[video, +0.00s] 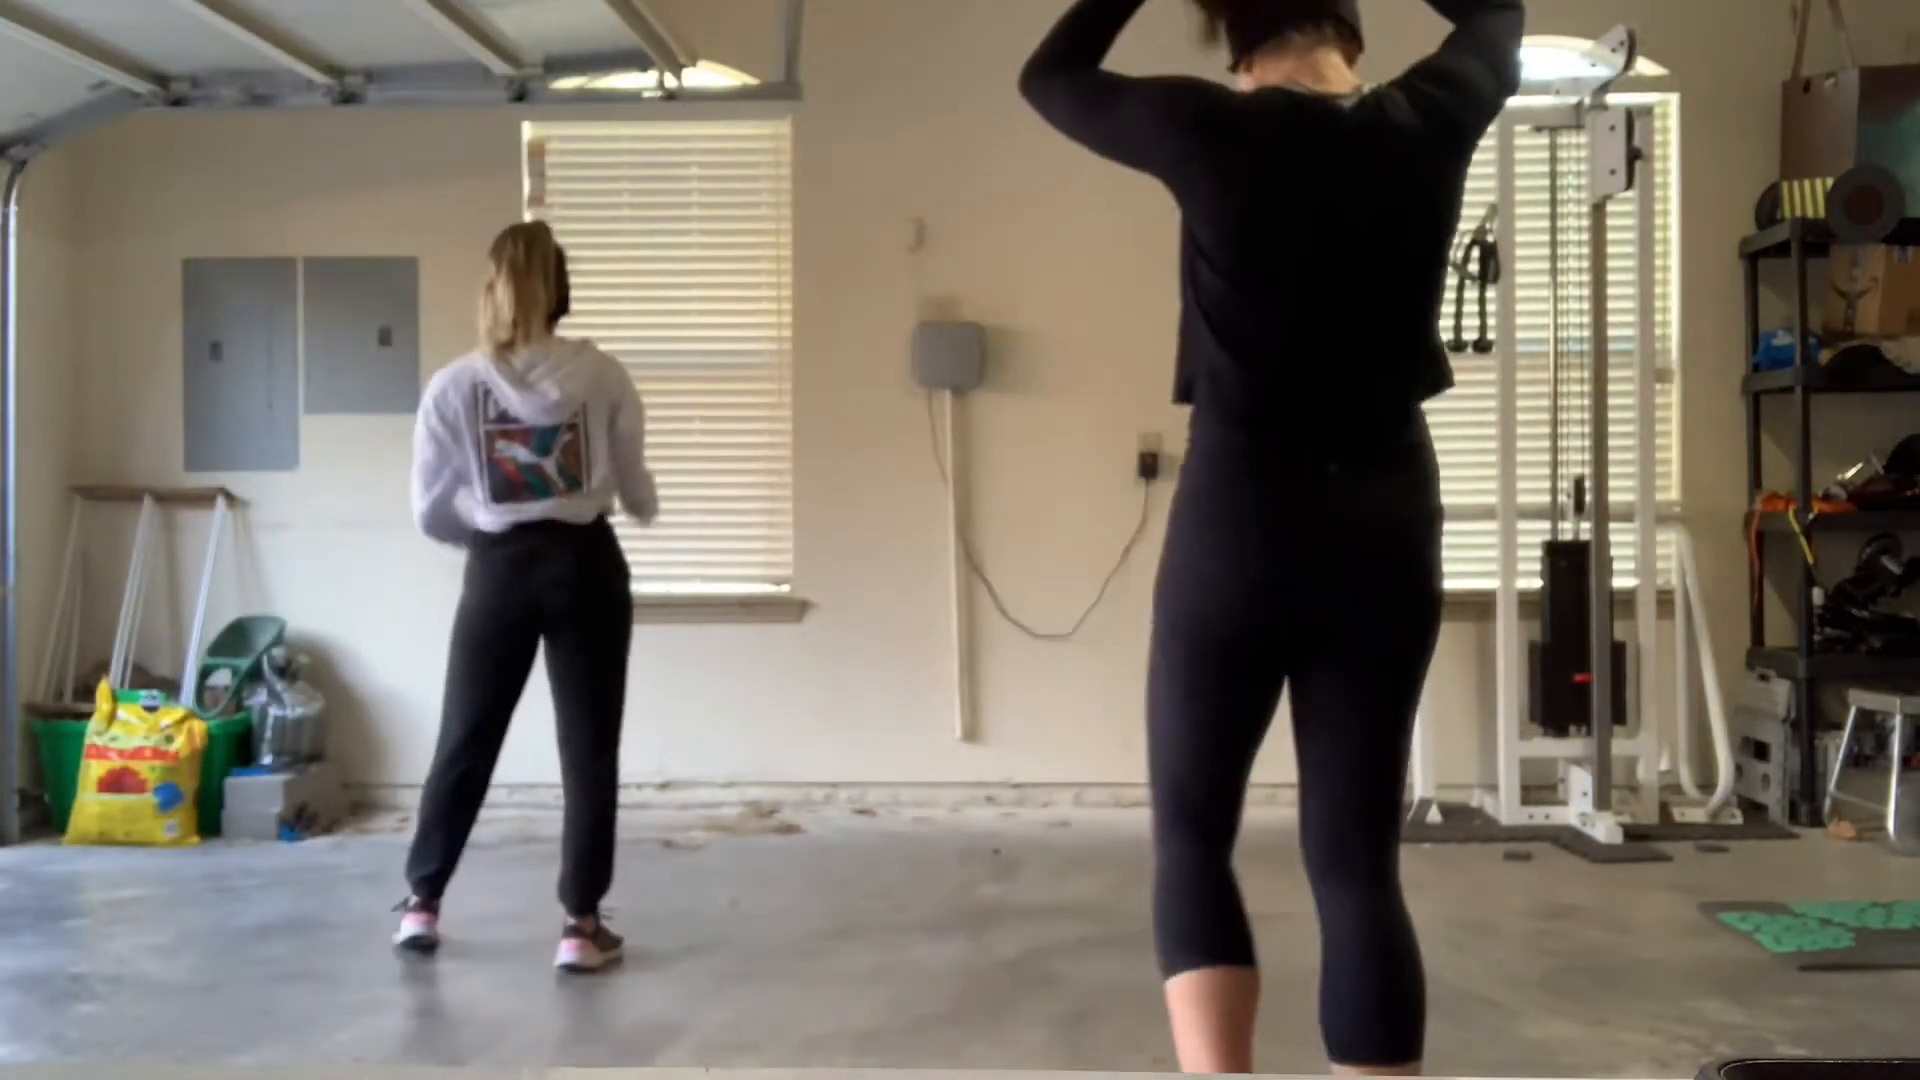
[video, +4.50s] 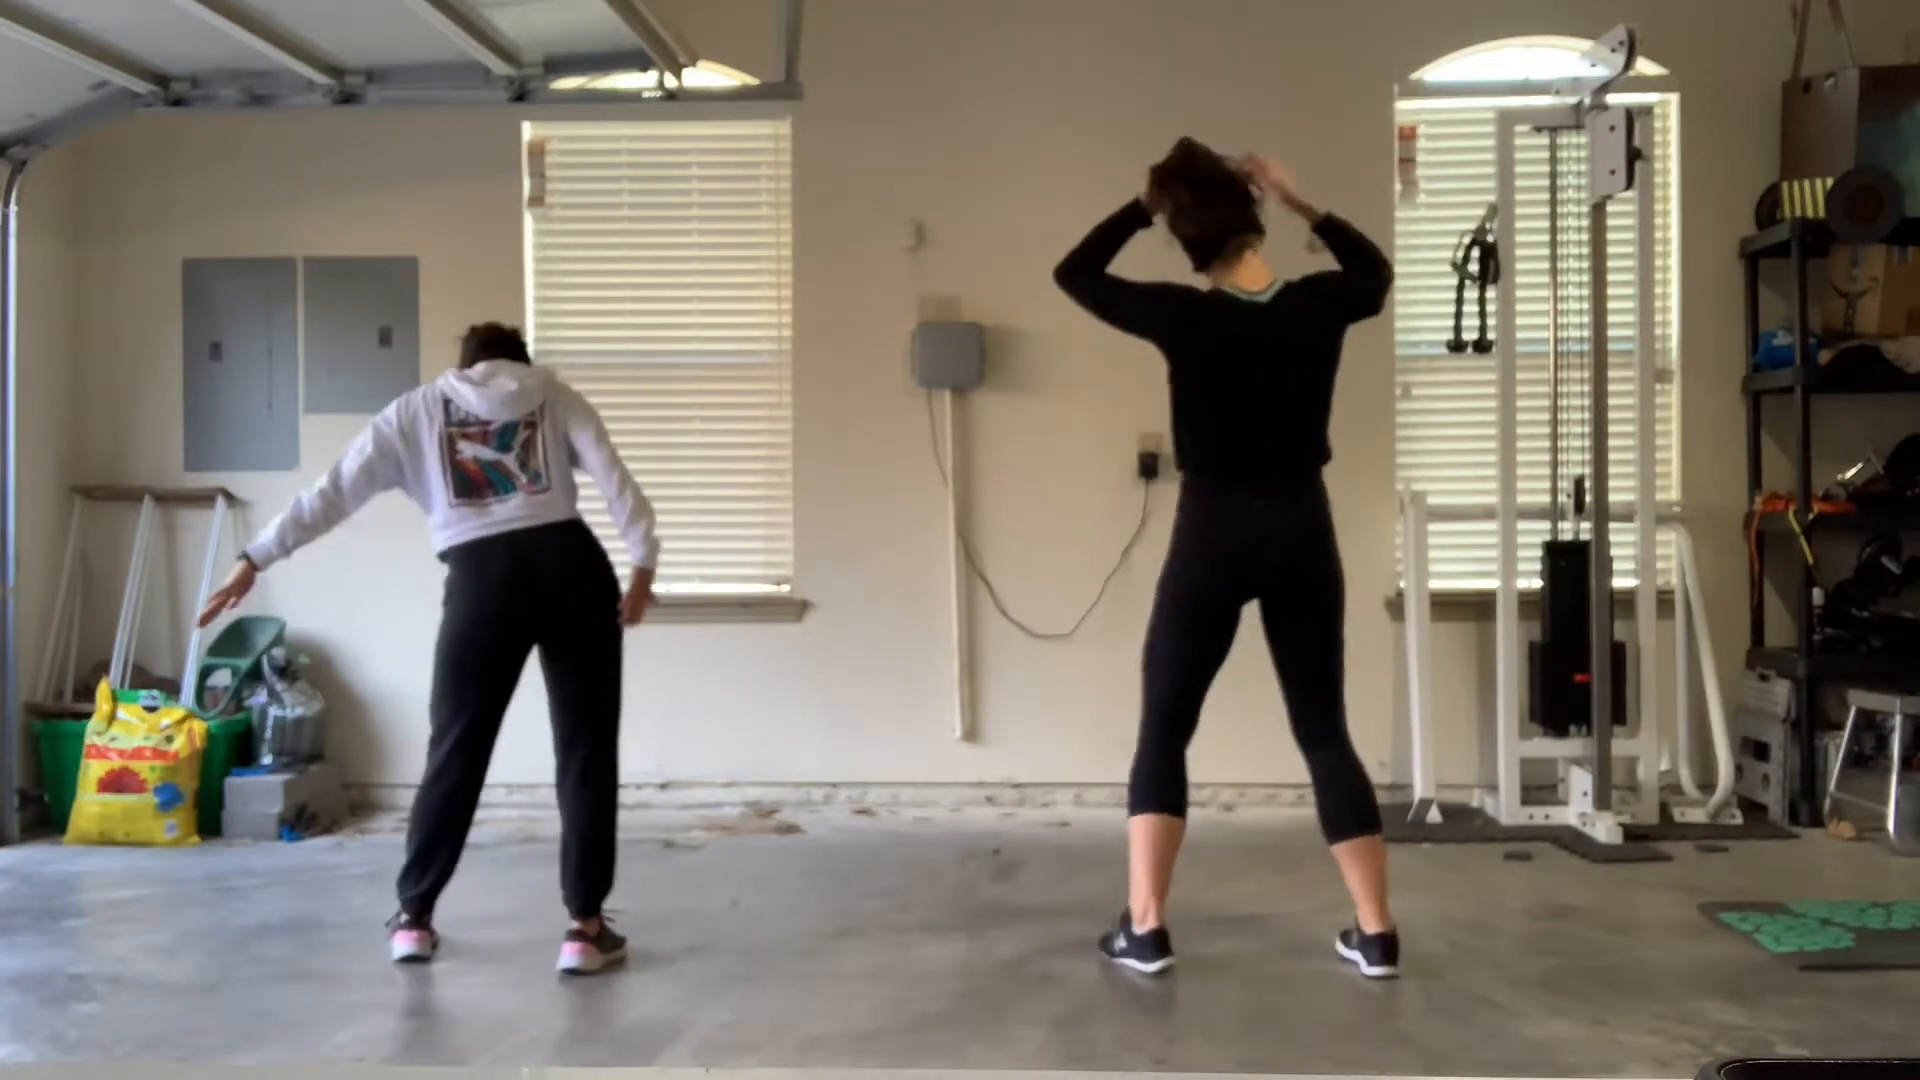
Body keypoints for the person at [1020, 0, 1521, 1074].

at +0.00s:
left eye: (1228, 34)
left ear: (1228, 32)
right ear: (1347, 27)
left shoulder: (1205, 129)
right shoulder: (1427, 124)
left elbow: (1051, 76)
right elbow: (1493, 16)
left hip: (1236, 529)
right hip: (1388, 534)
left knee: (1192, 835)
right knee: (1358, 858)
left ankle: (1217, 1076)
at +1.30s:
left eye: (1197, 177)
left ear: (1195, 181)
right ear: (1278, 165)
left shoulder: (1173, 259)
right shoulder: (1336, 235)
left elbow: (1084, 216)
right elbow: (1470, 151)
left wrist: (1157, 139)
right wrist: (1495, 45)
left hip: (1217, 552)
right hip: (1331, 548)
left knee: (1194, 784)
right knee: (1323, 778)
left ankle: (1150, 1014)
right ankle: (1337, 999)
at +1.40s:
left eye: (1205, 182)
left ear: (1198, 191)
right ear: (1283, 171)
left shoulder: (1189, 270)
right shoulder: (1355, 244)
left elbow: (1101, 229)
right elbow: (1492, 228)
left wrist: (1163, 148)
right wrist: (1519, 160)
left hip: (1240, 555)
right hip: (1351, 551)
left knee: (1204, 768)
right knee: (1336, 773)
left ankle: (1177, 967)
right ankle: (1337, 997)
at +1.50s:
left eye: (1224, 191)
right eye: (1277, 178)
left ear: (1209, 195)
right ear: (1291, 175)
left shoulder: (1203, 271)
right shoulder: (1367, 251)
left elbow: (1111, 234)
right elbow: (1491, 290)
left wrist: (1167, 150)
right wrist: (1499, 264)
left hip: (1253, 548)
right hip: (1362, 543)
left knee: (1214, 759)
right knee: (1339, 766)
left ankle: (1202, 958)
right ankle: (1338, 994)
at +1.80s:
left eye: (1232, 205)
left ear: (1219, 205)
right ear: (1298, 187)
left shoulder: (1209, 277)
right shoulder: (1363, 265)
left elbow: (1116, 236)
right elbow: (1456, 364)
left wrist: (1188, 156)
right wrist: (1366, 396)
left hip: (1250, 541)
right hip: (1355, 540)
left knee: (1218, 743)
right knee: (1332, 756)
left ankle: (1166, 939)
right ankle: (1335, 992)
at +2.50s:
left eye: (1148, 216)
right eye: (1191, 213)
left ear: (1132, 222)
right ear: (1209, 218)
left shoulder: (1112, 293)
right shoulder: (1244, 291)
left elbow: (1058, 237)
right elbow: (1325, 322)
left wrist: (1122, 172)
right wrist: (1268, 239)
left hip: (1127, 537)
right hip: (1222, 536)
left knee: (1157, 727)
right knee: (1250, 722)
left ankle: (1158, 934)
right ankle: (1247, 912)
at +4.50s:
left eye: (1178, 229)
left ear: (1181, 241)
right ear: (1257, 224)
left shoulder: (1184, 319)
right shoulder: (1318, 305)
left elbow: (1076, 273)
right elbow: (1374, 274)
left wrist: (1142, 207)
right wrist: (1305, 207)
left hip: (1210, 545)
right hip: (1303, 543)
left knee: (1165, 729)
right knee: (1325, 731)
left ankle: (1145, 928)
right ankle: (1377, 931)